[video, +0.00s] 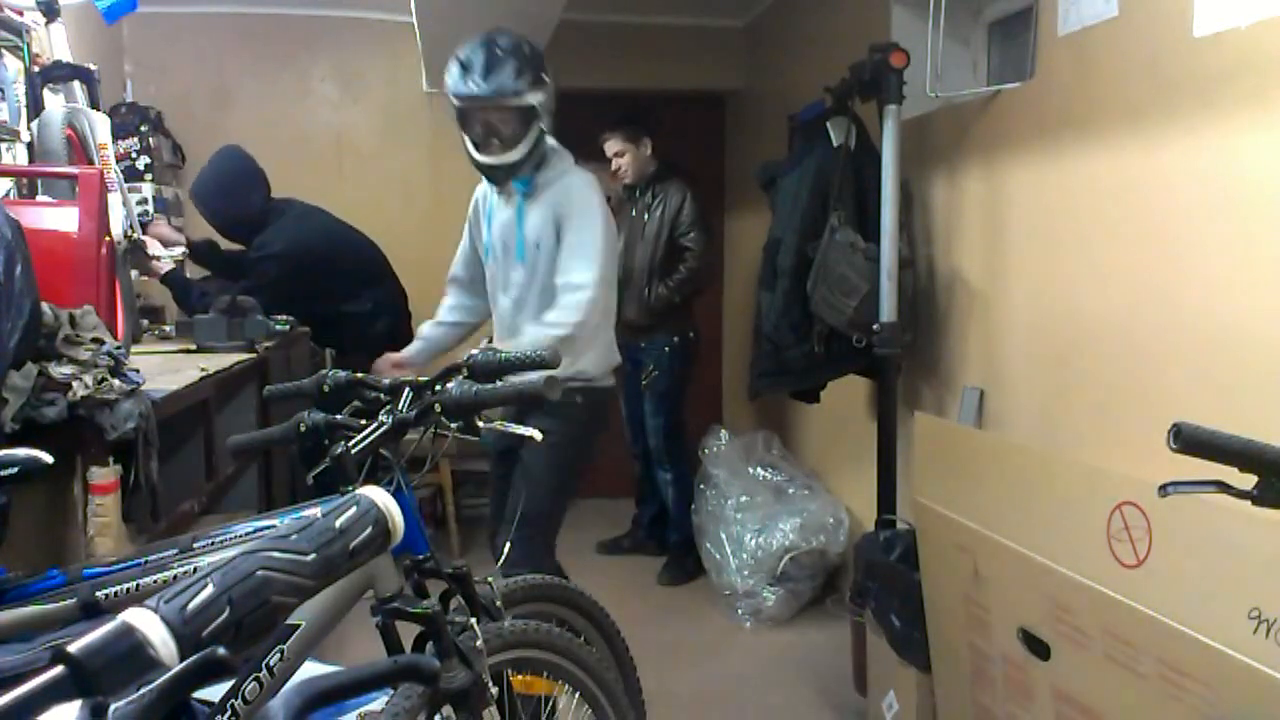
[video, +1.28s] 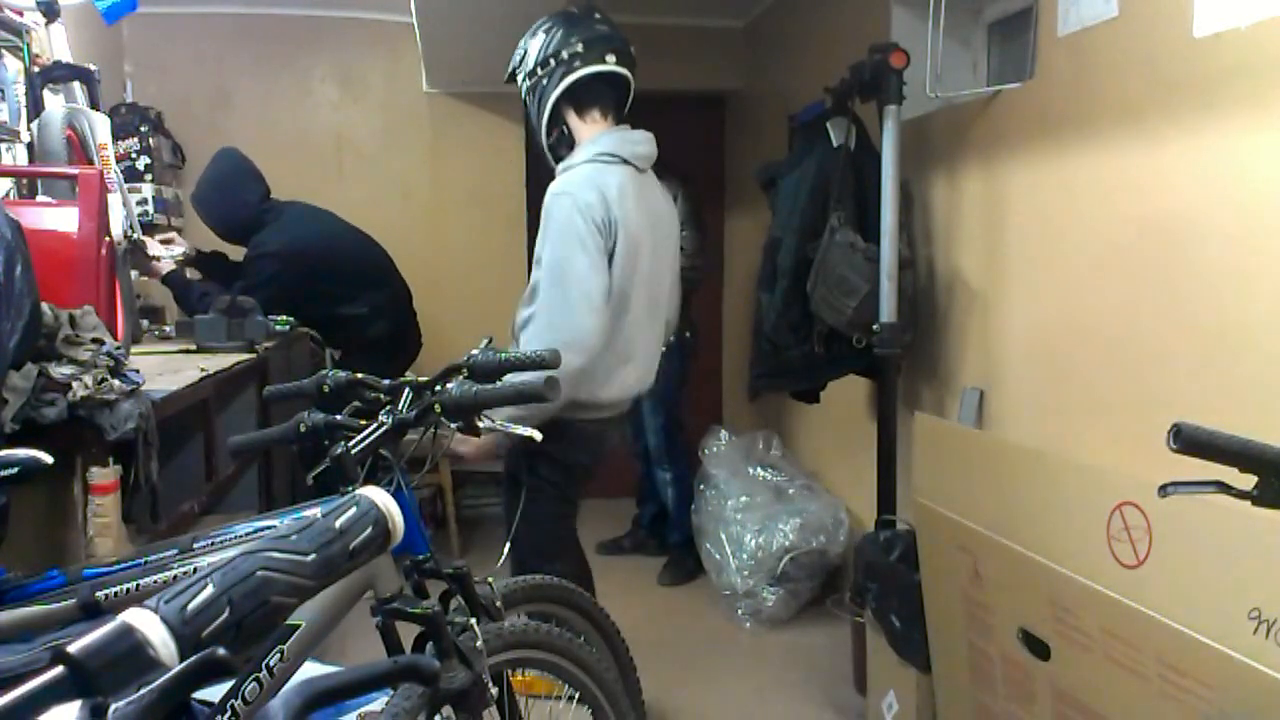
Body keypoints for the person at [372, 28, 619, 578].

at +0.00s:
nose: (492, 135)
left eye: (505, 121)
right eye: (478, 122)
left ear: (538, 112)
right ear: (462, 122)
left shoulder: (575, 191)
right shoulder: (488, 197)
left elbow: (581, 308)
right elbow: (467, 299)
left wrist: (503, 362)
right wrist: (412, 357)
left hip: (573, 387)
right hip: (514, 386)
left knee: (524, 551)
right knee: (510, 546)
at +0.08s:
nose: (503, 145)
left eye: (516, 130)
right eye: (489, 131)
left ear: (549, 122)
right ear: (473, 130)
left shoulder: (586, 200)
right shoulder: (490, 206)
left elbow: (604, 325)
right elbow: (469, 313)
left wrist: (557, 381)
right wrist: (419, 361)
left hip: (569, 397)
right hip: (503, 395)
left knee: (527, 551)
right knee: (501, 547)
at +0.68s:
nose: (516, 125)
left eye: (523, 109)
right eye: (517, 110)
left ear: (560, 108)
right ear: (564, 111)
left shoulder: (606, 206)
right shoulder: (563, 201)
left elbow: (589, 341)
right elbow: (530, 317)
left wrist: (492, 364)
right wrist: (476, 335)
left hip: (567, 412)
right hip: (533, 405)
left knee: (526, 561)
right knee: (500, 543)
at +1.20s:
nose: (533, 123)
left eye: (534, 105)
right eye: (531, 106)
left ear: (556, 103)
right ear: (618, 100)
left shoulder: (585, 200)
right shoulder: (643, 196)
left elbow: (529, 326)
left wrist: (440, 377)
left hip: (567, 426)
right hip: (612, 419)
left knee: (526, 574)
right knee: (554, 560)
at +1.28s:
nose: (530, 114)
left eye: (531, 99)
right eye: (528, 98)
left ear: (551, 97)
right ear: (620, 94)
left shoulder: (578, 192)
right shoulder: (655, 193)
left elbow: (566, 331)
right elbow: (661, 315)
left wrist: (497, 430)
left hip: (565, 414)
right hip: (610, 409)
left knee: (539, 552)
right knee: (554, 540)